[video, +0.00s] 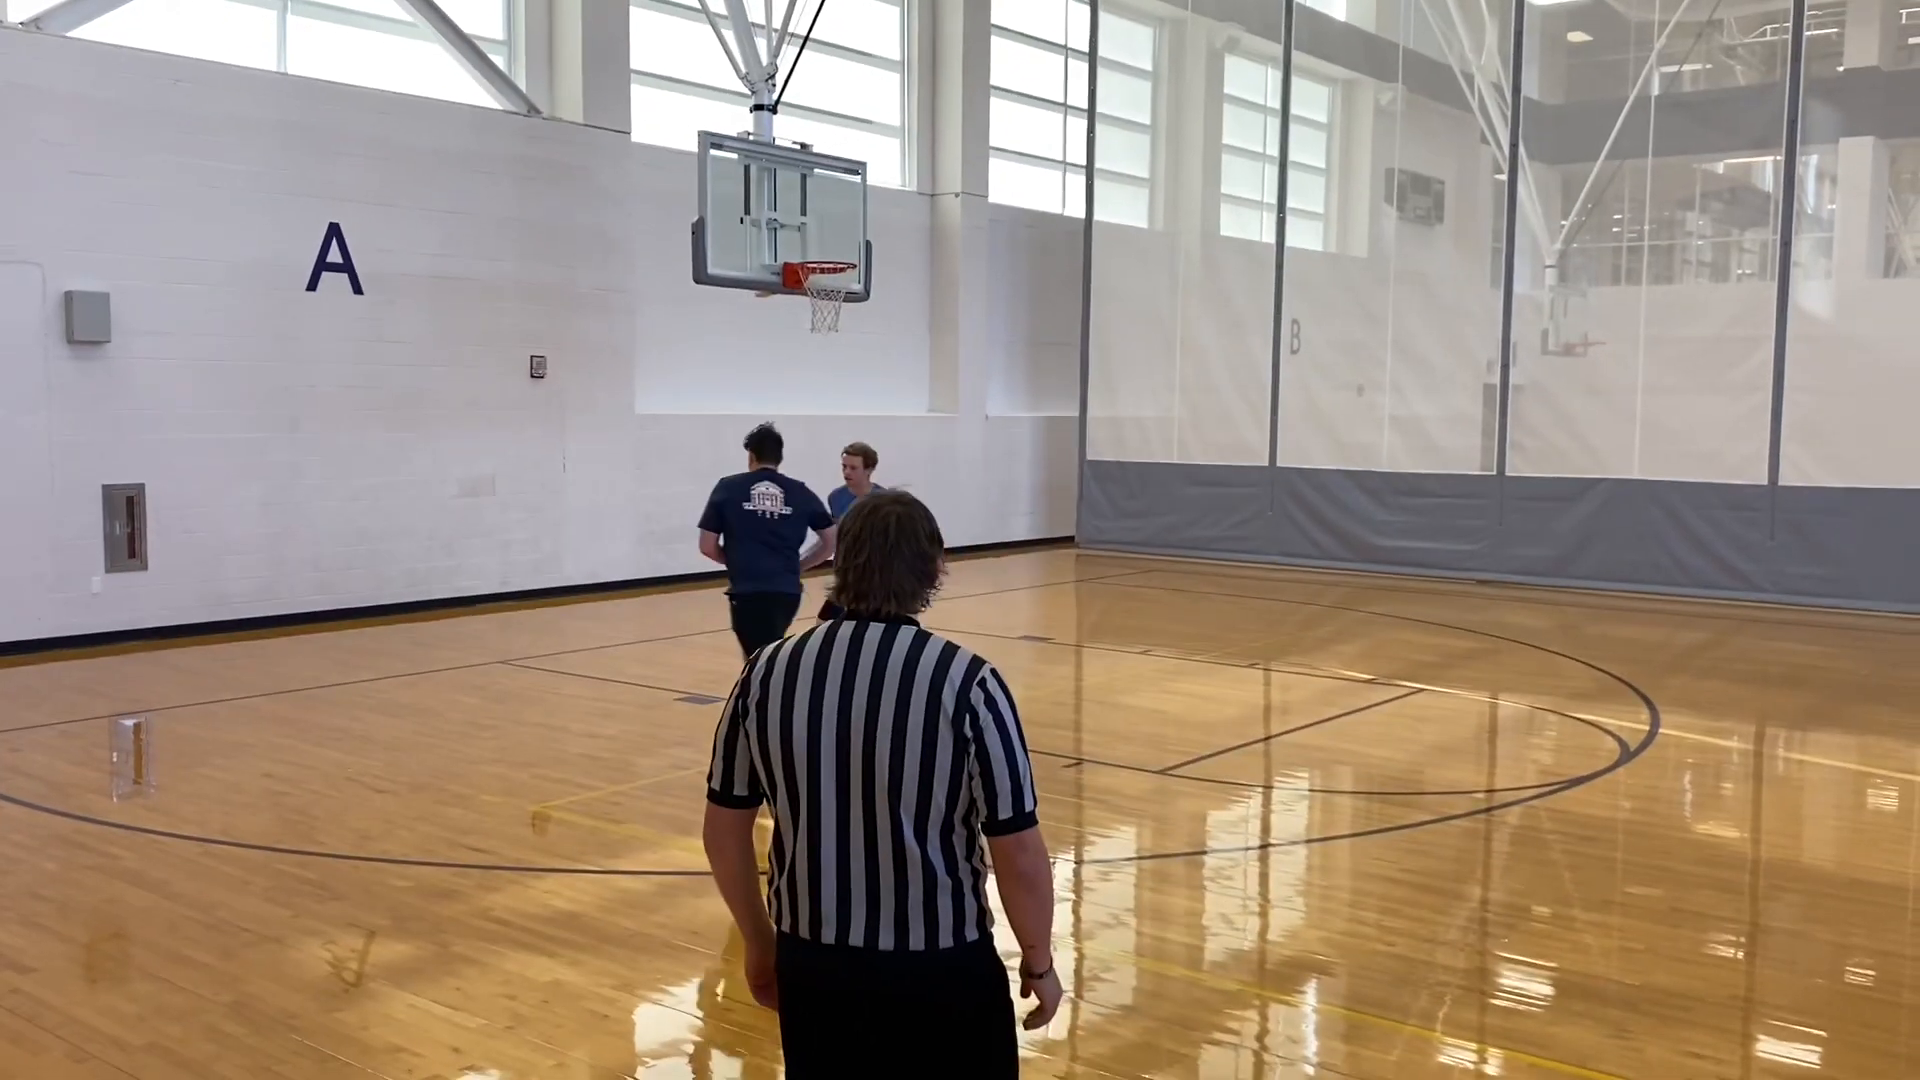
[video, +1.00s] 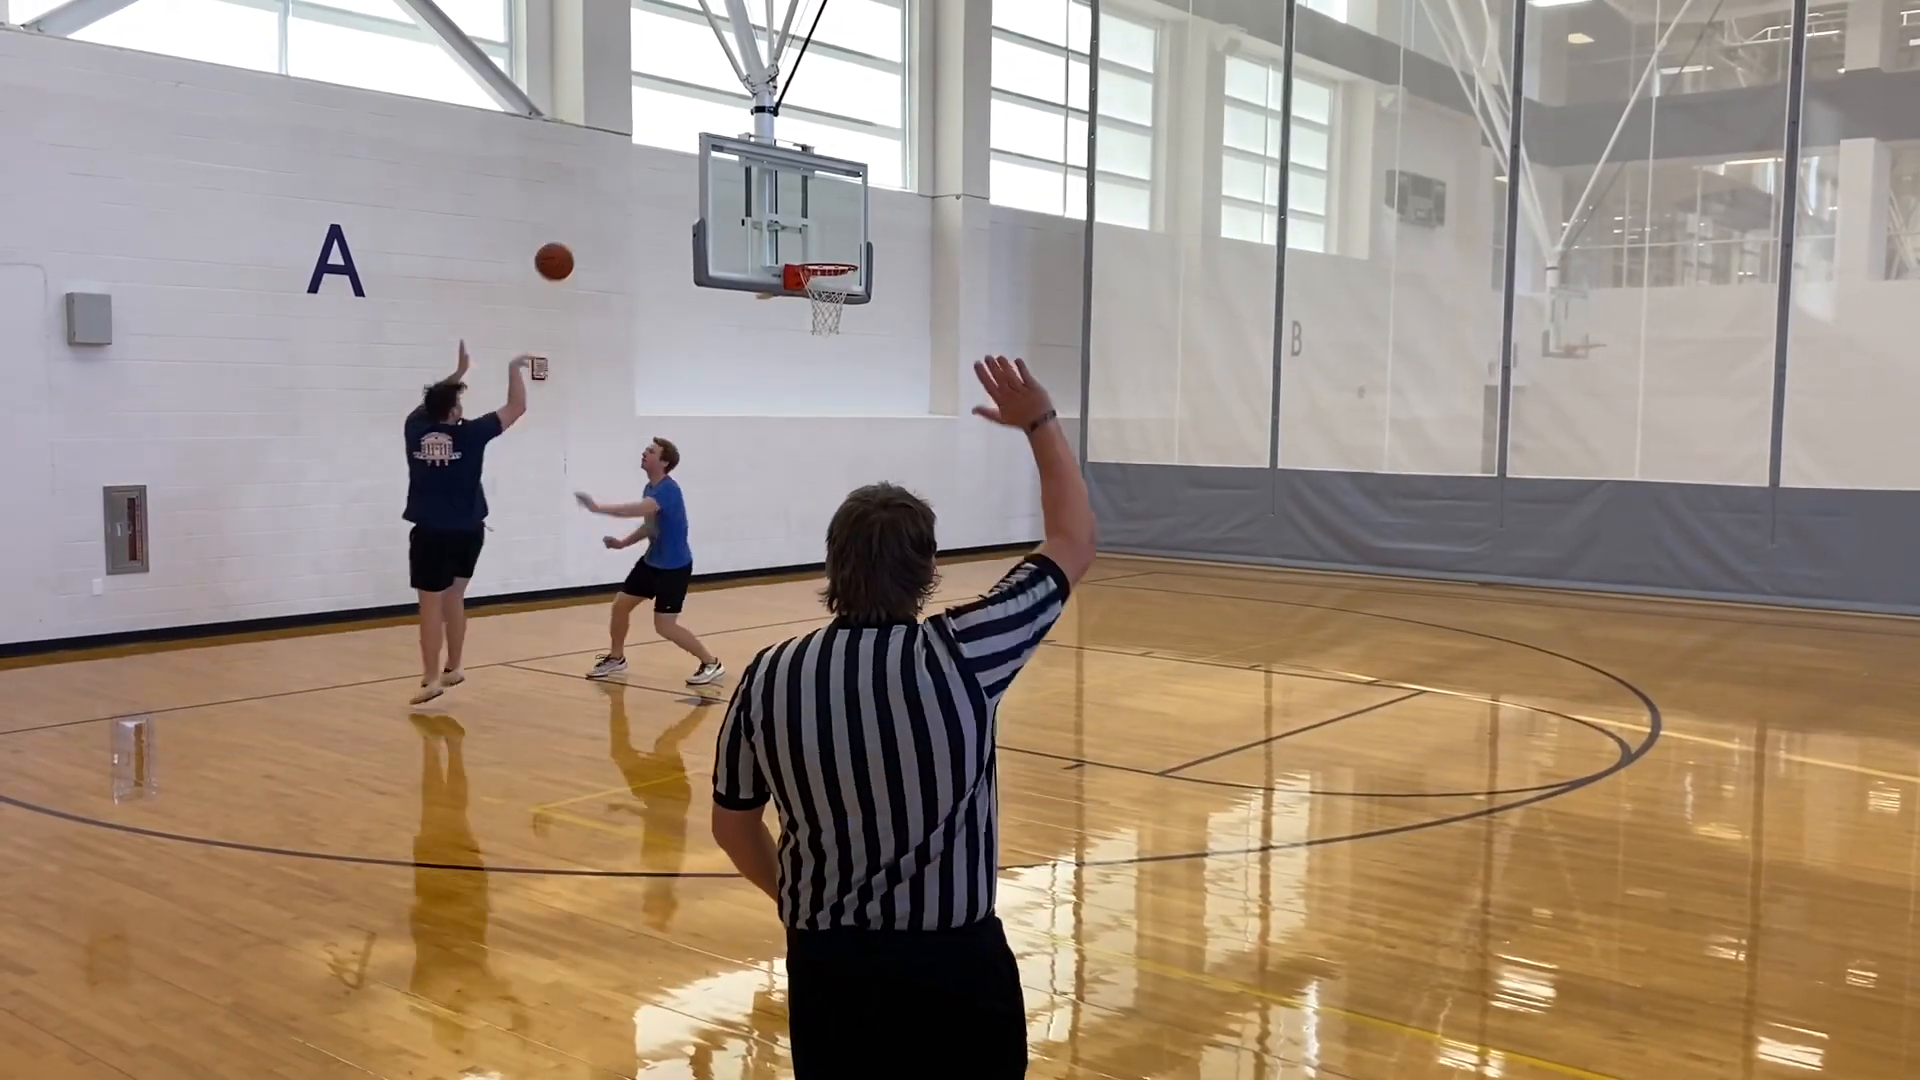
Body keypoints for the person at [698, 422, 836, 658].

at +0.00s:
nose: (748, 461)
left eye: (748, 456)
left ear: (752, 457)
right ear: (780, 459)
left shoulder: (728, 487)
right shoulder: (799, 491)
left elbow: (707, 546)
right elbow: (830, 543)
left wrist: (737, 561)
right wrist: (797, 567)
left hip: (747, 592)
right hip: (787, 592)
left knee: (760, 666)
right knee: (767, 662)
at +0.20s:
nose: (679, 470)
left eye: (679, 466)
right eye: (686, 466)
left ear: (681, 467)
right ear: (709, 467)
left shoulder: (665, 498)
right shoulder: (727, 503)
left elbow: (645, 551)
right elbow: (739, 561)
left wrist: (653, 579)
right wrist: (718, 577)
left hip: (680, 593)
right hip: (722, 594)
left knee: (653, 657)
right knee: (704, 655)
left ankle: (705, 698)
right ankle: (733, 712)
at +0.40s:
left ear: (595, 446)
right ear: (624, 446)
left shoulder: (584, 478)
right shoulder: (643, 477)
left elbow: (575, 531)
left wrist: (566, 551)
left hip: (606, 580)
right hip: (650, 576)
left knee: (575, 644)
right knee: (681, 649)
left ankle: (553, 711)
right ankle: (727, 702)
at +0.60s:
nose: (560, 432)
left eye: (558, 428)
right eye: (558, 428)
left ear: (524, 434)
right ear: (552, 433)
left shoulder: (508, 461)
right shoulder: (568, 459)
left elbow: (499, 468)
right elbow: (610, 470)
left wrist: (540, 448)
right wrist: (577, 445)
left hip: (534, 564)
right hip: (577, 556)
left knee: (536, 641)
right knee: (584, 591)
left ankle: (546, 716)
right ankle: (602, 624)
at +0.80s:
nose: (511, 393)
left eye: (508, 387)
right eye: (509, 388)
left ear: (478, 393)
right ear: (503, 392)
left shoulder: (462, 414)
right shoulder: (522, 417)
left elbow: (481, 388)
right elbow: (569, 401)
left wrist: (504, 361)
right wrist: (541, 371)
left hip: (481, 520)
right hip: (522, 518)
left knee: (490, 599)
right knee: (503, 558)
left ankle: (511, 663)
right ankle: (506, 625)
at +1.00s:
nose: (463, 406)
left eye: (460, 403)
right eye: (461, 403)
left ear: (430, 408)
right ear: (456, 409)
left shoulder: (415, 429)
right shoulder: (473, 432)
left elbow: (432, 401)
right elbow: (516, 407)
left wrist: (457, 374)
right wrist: (515, 367)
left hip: (428, 532)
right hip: (468, 531)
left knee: (430, 606)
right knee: (454, 597)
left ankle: (431, 680)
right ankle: (453, 668)